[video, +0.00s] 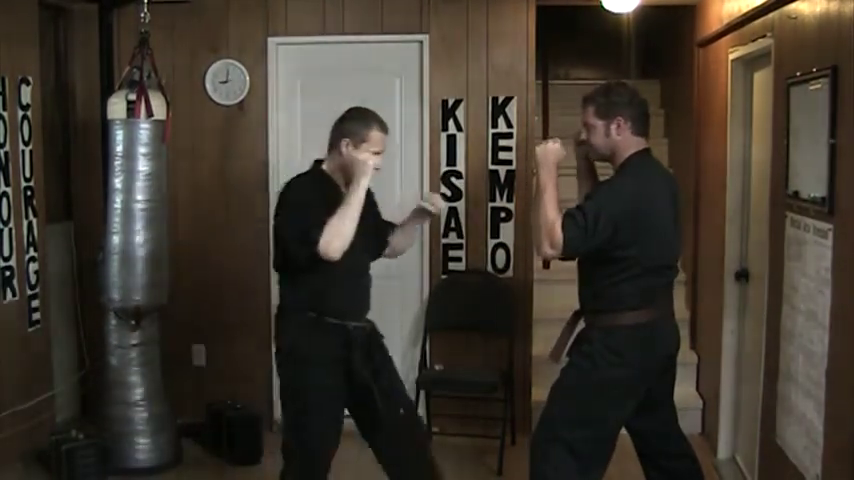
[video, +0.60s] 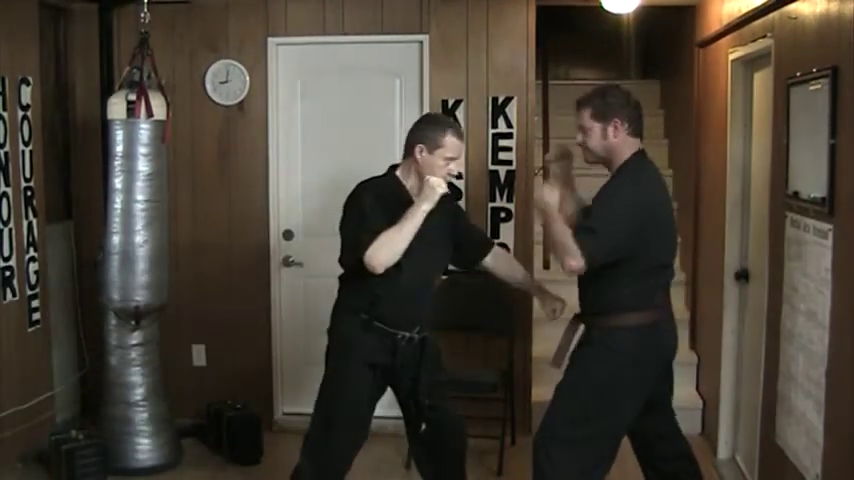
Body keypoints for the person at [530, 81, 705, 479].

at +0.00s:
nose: (584, 137)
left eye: (589, 128)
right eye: (583, 128)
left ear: (618, 127)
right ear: (625, 126)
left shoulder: (624, 187)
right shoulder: (662, 180)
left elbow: (555, 242)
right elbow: (599, 222)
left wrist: (546, 169)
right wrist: (585, 161)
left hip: (616, 342)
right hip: (657, 336)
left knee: (556, 450)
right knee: (664, 447)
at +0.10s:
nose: (584, 137)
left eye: (588, 127)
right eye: (583, 127)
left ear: (617, 126)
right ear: (625, 126)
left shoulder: (619, 189)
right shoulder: (664, 181)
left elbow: (550, 247)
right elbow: (602, 225)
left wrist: (544, 180)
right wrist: (588, 166)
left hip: (616, 343)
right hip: (658, 336)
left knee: (556, 451)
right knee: (665, 447)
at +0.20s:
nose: (586, 139)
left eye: (589, 128)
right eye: (585, 129)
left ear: (617, 126)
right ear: (626, 125)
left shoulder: (620, 189)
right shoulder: (665, 181)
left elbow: (546, 249)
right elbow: (602, 221)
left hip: (618, 343)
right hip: (660, 336)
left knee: (557, 450)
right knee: (664, 446)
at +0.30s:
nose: (585, 139)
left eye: (588, 128)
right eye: (585, 128)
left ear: (617, 126)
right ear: (627, 126)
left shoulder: (616, 190)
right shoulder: (666, 181)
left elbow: (545, 258)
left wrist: (541, 290)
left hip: (617, 343)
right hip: (661, 338)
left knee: (557, 450)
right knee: (664, 447)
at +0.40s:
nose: (584, 140)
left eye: (587, 129)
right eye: (583, 130)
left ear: (616, 127)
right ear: (625, 127)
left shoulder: (616, 189)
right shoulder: (664, 181)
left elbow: (545, 263)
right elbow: (639, 270)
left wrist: (535, 293)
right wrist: (586, 324)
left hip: (618, 345)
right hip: (661, 340)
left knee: (556, 451)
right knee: (664, 449)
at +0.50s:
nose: (582, 140)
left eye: (586, 130)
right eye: (582, 130)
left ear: (615, 127)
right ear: (624, 127)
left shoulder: (616, 191)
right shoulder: (665, 184)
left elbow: (553, 263)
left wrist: (550, 245)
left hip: (618, 342)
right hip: (660, 336)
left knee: (557, 448)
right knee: (662, 447)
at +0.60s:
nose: (579, 140)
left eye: (584, 130)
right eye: (579, 131)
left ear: (615, 129)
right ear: (616, 129)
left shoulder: (630, 184)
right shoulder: (639, 177)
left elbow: (575, 259)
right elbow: (589, 226)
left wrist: (551, 209)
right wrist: (566, 185)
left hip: (621, 340)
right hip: (645, 335)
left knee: (558, 451)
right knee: (661, 446)